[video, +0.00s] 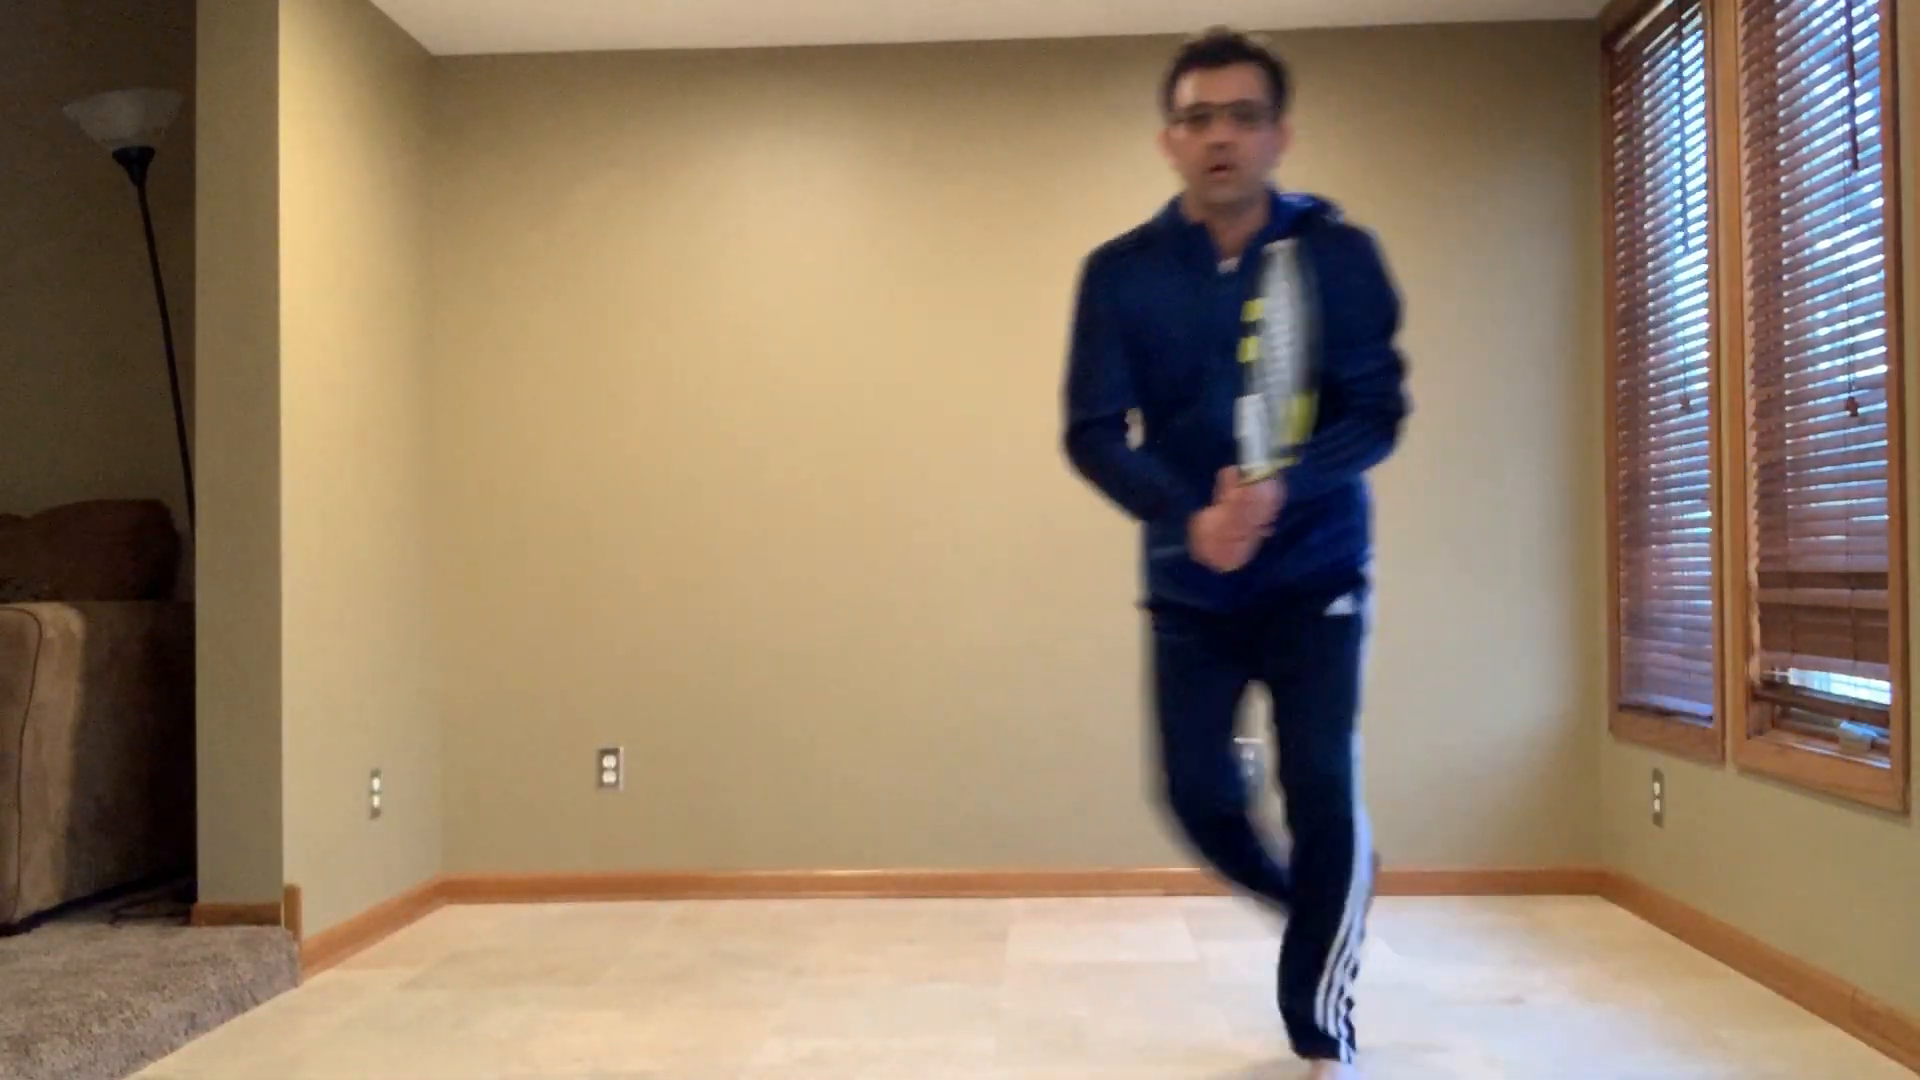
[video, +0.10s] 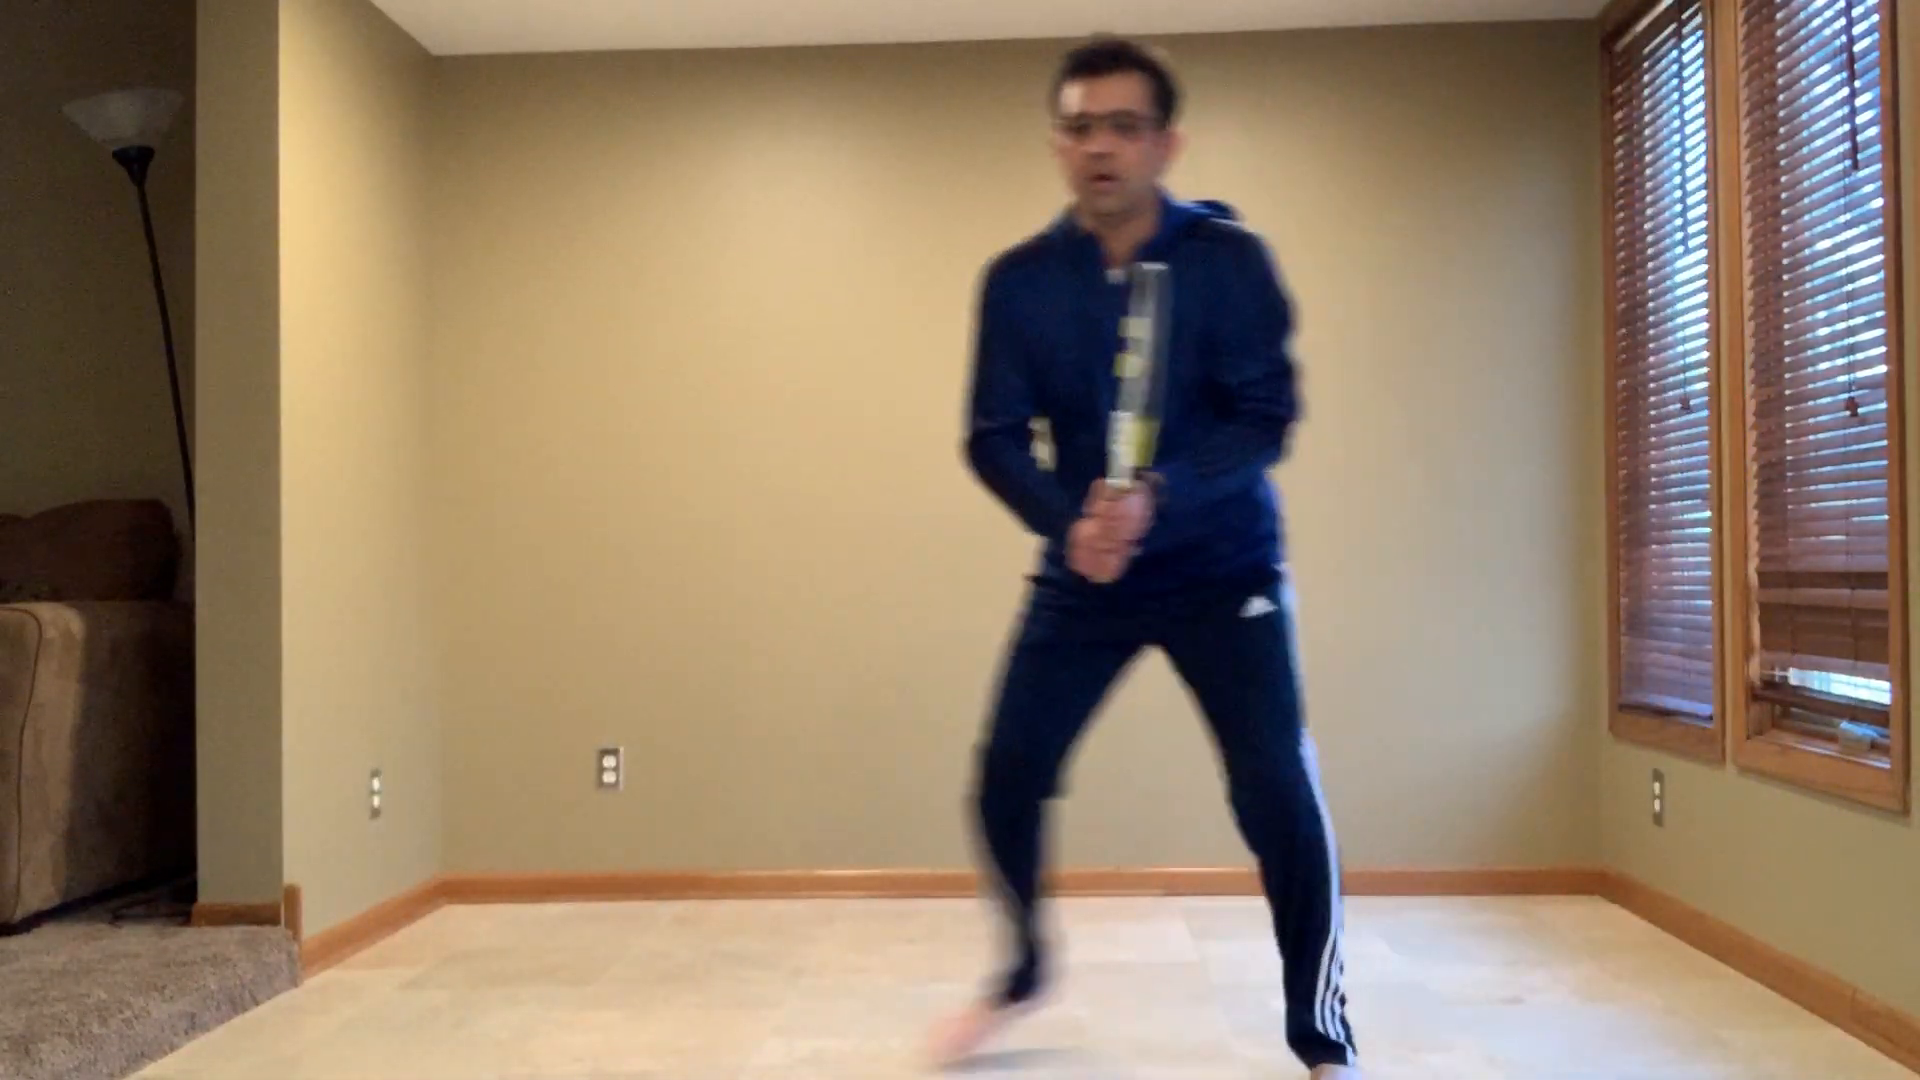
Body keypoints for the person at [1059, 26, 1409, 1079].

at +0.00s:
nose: (1217, 136)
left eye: (1241, 116)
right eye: (1195, 118)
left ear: (1280, 133)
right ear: (1167, 138)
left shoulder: (1338, 255)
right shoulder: (1121, 272)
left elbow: (1377, 410)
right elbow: (1090, 435)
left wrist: (1279, 488)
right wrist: (1189, 521)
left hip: (1315, 577)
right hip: (1192, 585)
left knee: (1322, 794)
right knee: (1198, 795)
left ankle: (1320, 1019)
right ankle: (1319, 901)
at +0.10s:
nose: (1097, 147)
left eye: (1121, 127)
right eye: (1078, 128)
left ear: (1167, 141)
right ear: (1056, 144)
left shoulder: (1227, 258)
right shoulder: (1018, 281)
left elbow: (1264, 417)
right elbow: (993, 439)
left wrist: (1156, 497)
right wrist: (1064, 520)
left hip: (1222, 578)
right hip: (1083, 584)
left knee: (1280, 791)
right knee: (1006, 777)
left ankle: (1318, 1021)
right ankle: (1024, 963)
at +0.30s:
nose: (888, 129)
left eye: (913, 110)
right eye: (875, 110)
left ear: (967, 121)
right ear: (859, 121)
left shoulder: (1022, 241)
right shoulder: (817, 246)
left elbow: (1045, 403)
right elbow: (786, 398)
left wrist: (940, 473)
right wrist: (851, 486)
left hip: (999, 552)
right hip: (865, 558)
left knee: (1044, 761)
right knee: (840, 784)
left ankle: (1054, 1003)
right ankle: (886, 1009)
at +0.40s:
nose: (800, 137)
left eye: (825, 118)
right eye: (787, 117)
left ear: (882, 125)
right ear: (775, 126)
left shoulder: (943, 253)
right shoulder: (736, 247)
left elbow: (957, 408)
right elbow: (701, 394)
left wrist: (841, 478)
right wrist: (759, 485)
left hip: (903, 559)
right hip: (770, 557)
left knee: (903, 779)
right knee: (709, 757)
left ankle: (877, 994)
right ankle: (748, 972)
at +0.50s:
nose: (715, 155)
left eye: (740, 136)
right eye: (704, 135)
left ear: (797, 149)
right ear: (690, 145)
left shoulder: (848, 273)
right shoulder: (647, 267)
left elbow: (870, 432)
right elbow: (612, 414)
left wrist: (748, 493)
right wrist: (670, 504)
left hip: (809, 580)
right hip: (676, 578)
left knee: (853, 801)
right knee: (595, 789)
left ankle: (888, 1024)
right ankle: (526, 1013)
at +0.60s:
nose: (630, 153)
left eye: (656, 137)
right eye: (618, 134)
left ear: (711, 158)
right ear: (603, 147)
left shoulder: (752, 279)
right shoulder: (547, 265)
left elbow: (773, 440)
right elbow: (507, 412)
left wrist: (655, 498)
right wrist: (574, 509)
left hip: (708, 589)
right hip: (574, 591)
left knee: (769, 790)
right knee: (520, 804)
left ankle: (857, 1011)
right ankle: (507, 1023)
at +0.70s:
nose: (562, 128)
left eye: (592, 113)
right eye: (548, 107)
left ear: (638, 141)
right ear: (530, 124)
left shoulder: (682, 263)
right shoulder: (470, 242)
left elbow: (697, 421)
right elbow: (426, 389)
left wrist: (571, 490)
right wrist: (485, 488)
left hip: (640, 559)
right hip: (503, 558)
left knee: (655, 763)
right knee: (459, 766)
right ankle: (486, 1000)